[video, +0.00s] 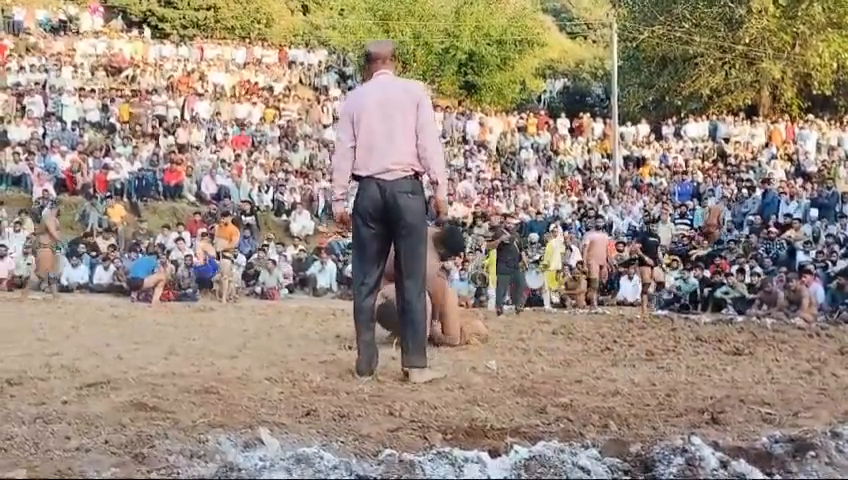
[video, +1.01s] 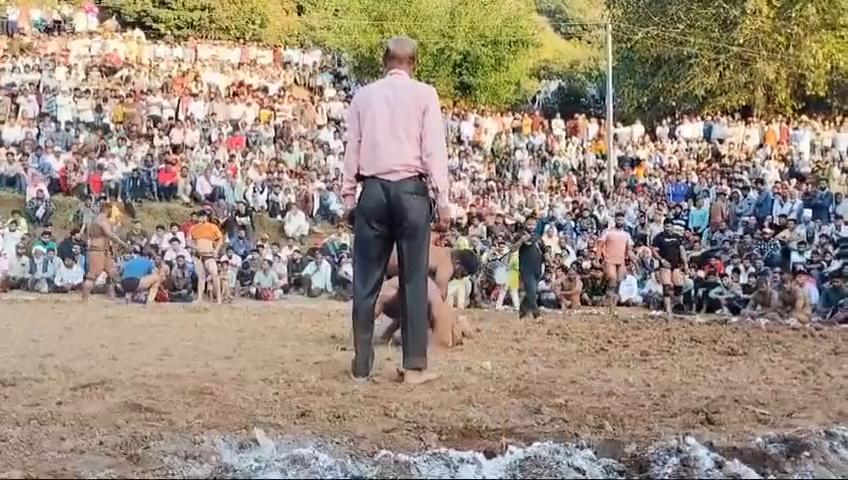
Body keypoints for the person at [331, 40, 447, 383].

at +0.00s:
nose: (380, 66)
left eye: (371, 61)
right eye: (391, 59)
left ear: (367, 64)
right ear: (393, 61)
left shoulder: (352, 99)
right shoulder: (416, 91)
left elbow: (343, 150)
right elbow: (428, 143)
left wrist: (339, 197)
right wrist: (440, 188)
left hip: (367, 192)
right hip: (407, 190)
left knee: (365, 280)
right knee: (413, 279)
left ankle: (365, 364)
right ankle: (415, 365)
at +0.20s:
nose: (396, 64)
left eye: (386, 59)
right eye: (401, 59)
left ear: (377, 63)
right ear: (404, 61)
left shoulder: (360, 96)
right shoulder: (422, 90)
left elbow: (351, 145)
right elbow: (434, 143)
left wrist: (352, 189)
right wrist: (447, 191)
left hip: (372, 191)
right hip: (413, 189)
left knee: (369, 279)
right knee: (417, 279)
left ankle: (366, 363)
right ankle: (417, 364)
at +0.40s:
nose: (404, 64)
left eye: (392, 58)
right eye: (409, 60)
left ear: (383, 61)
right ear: (411, 61)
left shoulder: (363, 95)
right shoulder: (426, 91)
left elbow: (355, 145)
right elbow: (437, 145)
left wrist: (357, 186)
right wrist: (448, 194)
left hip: (375, 190)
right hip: (415, 188)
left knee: (369, 278)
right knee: (419, 277)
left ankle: (366, 363)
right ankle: (419, 364)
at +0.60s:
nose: (405, 65)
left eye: (393, 58)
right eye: (412, 60)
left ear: (386, 60)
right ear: (416, 60)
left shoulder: (365, 94)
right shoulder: (428, 91)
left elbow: (356, 146)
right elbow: (437, 146)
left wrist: (356, 189)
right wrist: (447, 195)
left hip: (374, 190)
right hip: (415, 189)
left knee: (368, 279)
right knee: (419, 278)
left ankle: (366, 365)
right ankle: (418, 364)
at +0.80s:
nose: (408, 65)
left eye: (396, 60)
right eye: (412, 60)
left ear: (386, 61)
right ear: (415, 61)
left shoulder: (364, 94)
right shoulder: (427, 92)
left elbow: (354, 146)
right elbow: (436, 148)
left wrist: (351, 190)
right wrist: (445, 199)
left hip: (373, 191)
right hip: (414, 190)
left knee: (368, 279)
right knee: (419, 277)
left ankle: (364, 365)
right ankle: (417, 365)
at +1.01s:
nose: (408, 67)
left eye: (392, 61)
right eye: (412, 62)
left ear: (384, 62)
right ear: (414, 63)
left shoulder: (362, 95)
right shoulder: (425, 94)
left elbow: (352, 147)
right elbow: (434, 150)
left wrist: (349, 192)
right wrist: (442, 199)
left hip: (371, 191)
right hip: (412, 191)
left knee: (366, 280)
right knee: (415, 278)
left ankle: (362, 365)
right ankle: (414, 365)